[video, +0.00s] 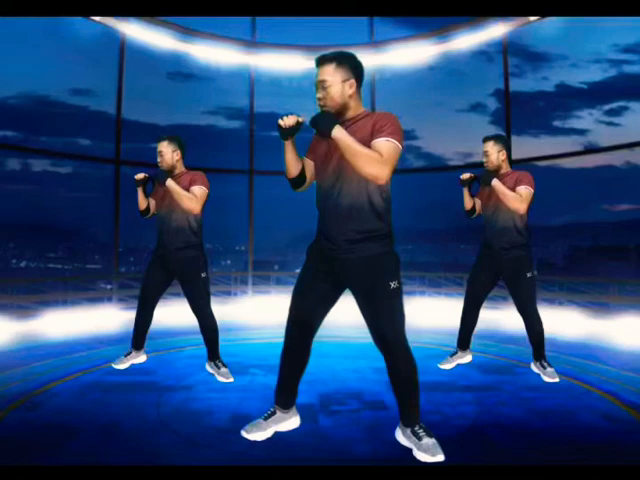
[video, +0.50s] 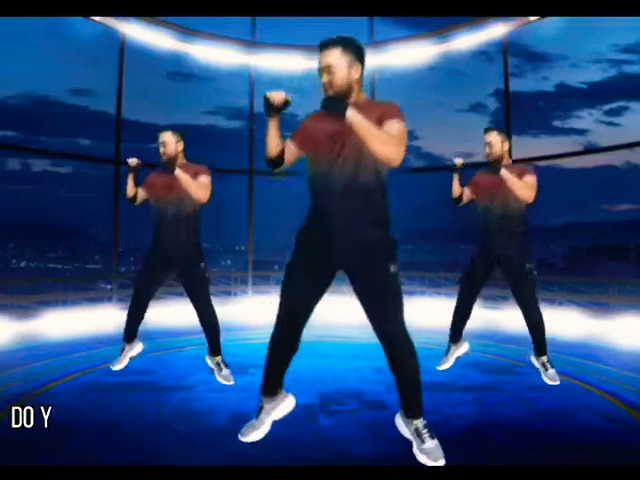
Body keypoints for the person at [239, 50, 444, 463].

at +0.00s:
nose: (319, 93)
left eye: (325, 86)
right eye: (318, 87)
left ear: (350, 85)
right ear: (333, 89)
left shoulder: (383, 122)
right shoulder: (323, 135)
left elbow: (380, 172)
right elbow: (299, 181)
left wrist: (334, 130)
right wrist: (288, 140)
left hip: (373, 253)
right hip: (327, 252)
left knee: (393, 342)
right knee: (298, 329)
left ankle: (411, 426)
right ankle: (283, 410)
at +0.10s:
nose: (319, 93)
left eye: (325, 85)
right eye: (318, 87)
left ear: (351, 85)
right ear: (333, 89)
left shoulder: (384, 123)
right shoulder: (323, 134)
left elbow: (381, 171)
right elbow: (299, 181)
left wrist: (335, 130)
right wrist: (287, 140)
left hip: (373, 253)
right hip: (326, 252)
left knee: (393, 342)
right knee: (296, 329)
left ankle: (411, 425)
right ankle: (283, 409)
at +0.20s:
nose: (320, 99)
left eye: (326, 91)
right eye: (319, 92)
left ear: (351, 91)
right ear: (333, 94)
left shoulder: (383, 129)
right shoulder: (321, 140)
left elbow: (383, 177)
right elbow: (295, 186)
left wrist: (338, 136)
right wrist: (285, 144)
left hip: (373, 259)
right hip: (325, 258)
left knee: (394, 348)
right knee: (285, 329)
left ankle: (411, 426)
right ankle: (283, 410)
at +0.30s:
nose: (321, 110)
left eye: (328, 102)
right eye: (319, 103)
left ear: (353, 103)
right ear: (327, 106)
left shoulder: (383, 145)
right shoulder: (318, 151)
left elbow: (386, 193)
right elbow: (284, 197)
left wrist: (341, 151)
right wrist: (275, 154)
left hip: (371, 271)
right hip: (322, 268)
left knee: (397, 359)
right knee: (274, 334)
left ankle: (412, 428)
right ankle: (281, 410)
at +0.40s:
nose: (321, 102)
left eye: (328, 94)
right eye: (320, 95)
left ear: (354, 96)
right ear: (325, 99)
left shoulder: (382, 138)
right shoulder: (316, 148)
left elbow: (390, 187)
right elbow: (279, 185)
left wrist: (347, 141)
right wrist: (272, 142)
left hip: (369, 266)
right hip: (321, 263)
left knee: (396, 356)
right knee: (277, 331)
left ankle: (412, 428)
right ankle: (280, 409)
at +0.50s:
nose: (326, 77)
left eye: (332, 69)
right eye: (322, 71)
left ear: (356, 69)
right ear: (321, 75)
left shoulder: (384, 112)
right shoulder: (315, 124)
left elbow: (394, 155)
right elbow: (277, 161)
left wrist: (349, 112)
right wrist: (273, 116)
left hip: (368, 240)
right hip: (319, 239)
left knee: (393, 332)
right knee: (289, 321)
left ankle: (413, 418)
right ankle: (271, 399)